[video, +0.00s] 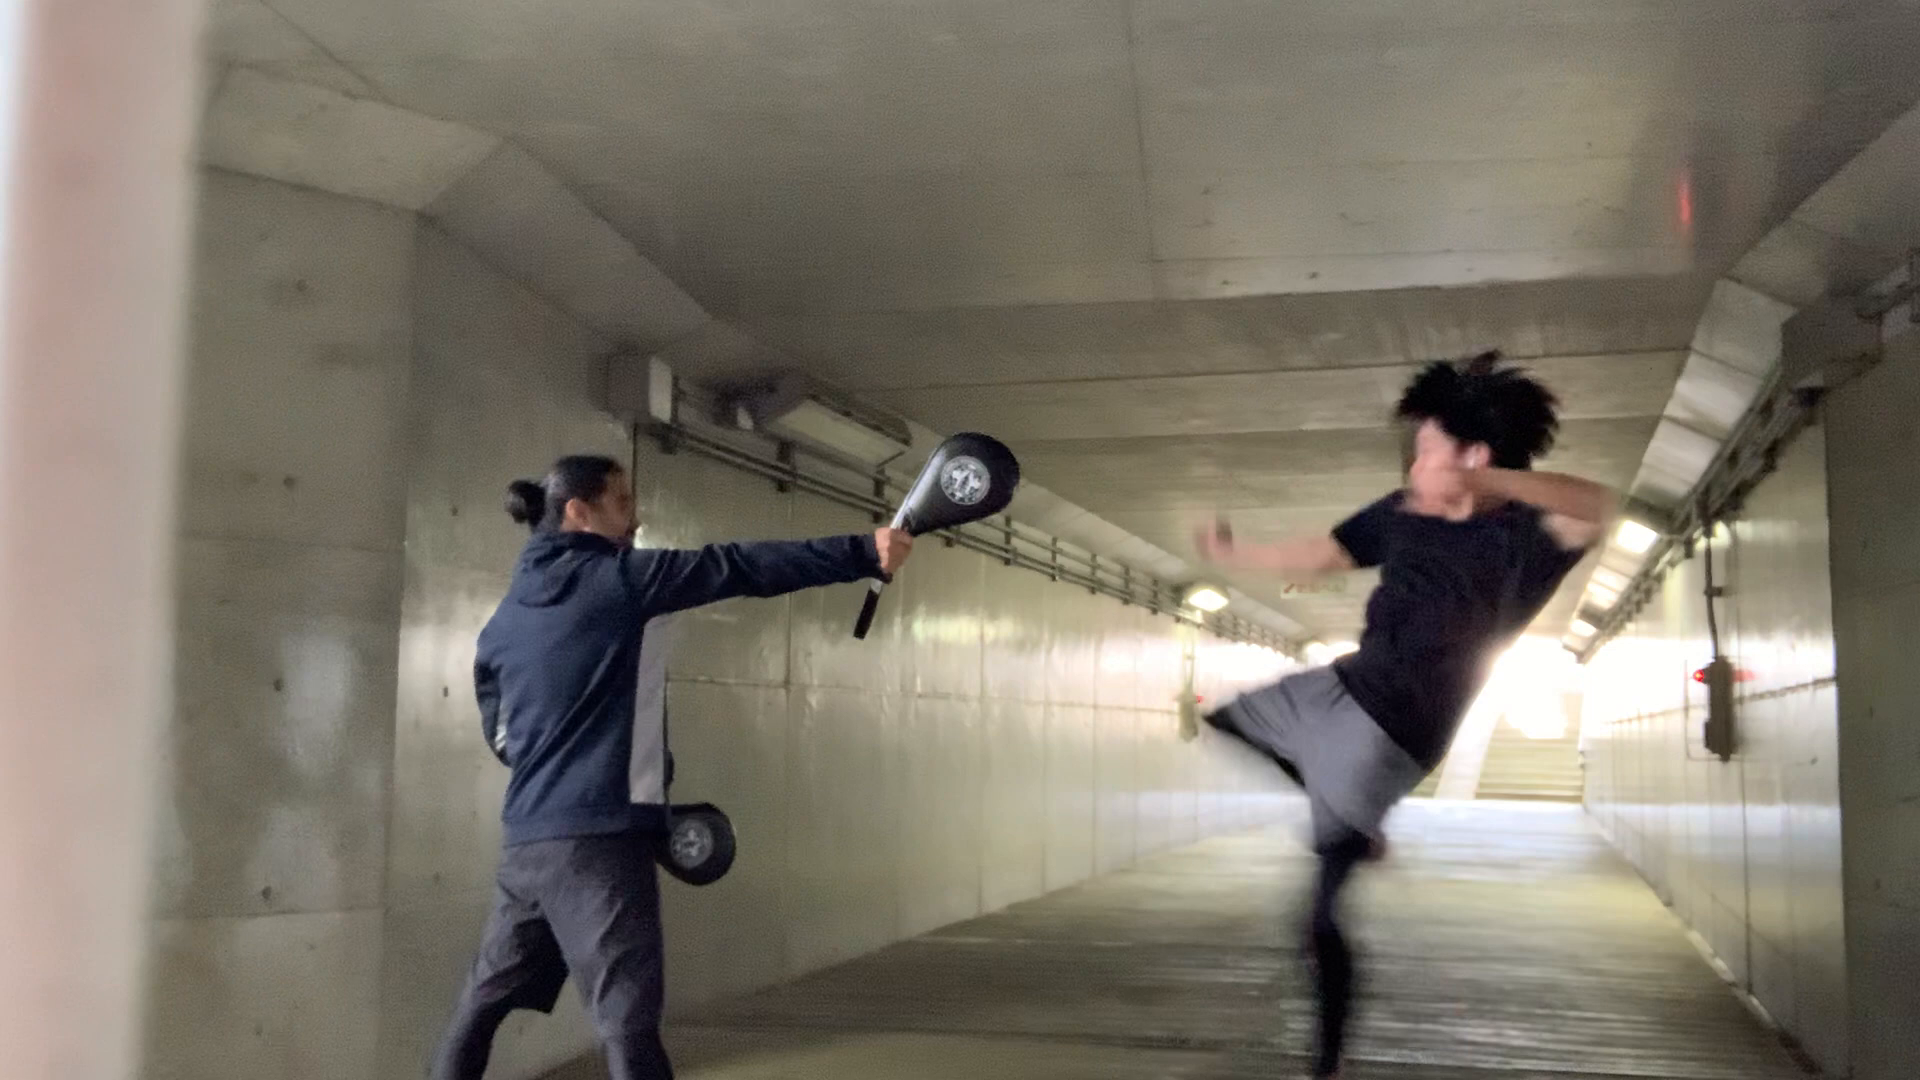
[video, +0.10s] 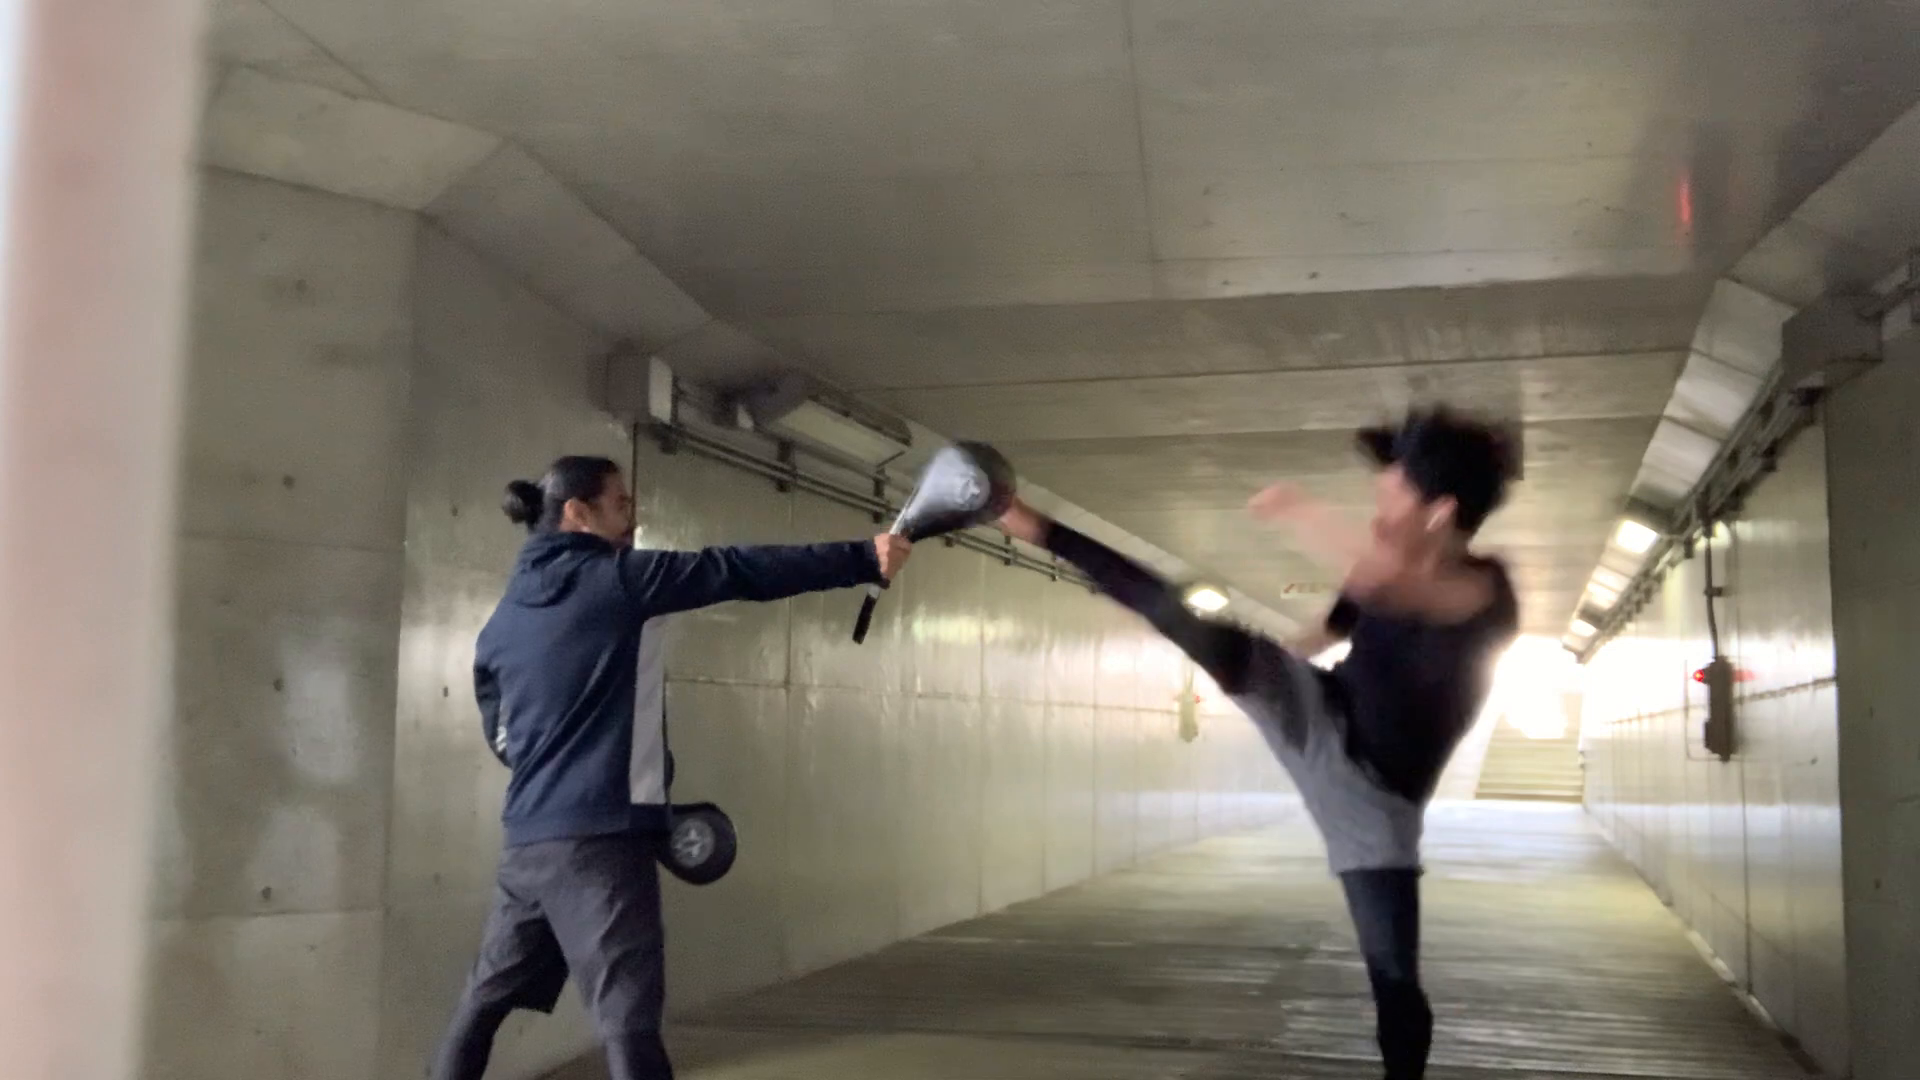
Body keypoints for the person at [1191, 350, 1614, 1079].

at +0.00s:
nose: (1412, 464)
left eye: (1424, 450)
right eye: (1416, 448)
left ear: (1473, 457)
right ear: (1460, 455)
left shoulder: (1525, 545)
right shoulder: (1407, 514)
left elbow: (1600, 507)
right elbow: (1320, 555)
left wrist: (1493, 481)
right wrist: (1228, 552)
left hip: (1393, 733)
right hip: (1337, 686)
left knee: (1323, 912)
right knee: (1229, 721)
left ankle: (1327, 1060)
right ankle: (1352, 831)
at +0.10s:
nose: (1380, 494)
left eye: (1393, 484)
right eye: (1384, 481)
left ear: (1440, 509)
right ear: (1427, 507)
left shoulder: (1486, 589)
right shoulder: (1384, 569)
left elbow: (1396, 588)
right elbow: (1324, 635)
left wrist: (1302, 516)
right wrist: (1253, 661)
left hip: (1377, 799)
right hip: (1317, 713)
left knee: (1395, 979)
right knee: (1186, 618)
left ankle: (1404, 1076)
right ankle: (1033, 526)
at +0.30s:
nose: (1338, 608)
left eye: (1353, 593)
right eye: (1337, 593)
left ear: (1405, 605)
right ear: (1331, 596)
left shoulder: (1452, 709)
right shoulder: (1318, 653)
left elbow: (1430, 829)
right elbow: (1319, 731)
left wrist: (1330, 799)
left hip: (1334, 855)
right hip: (1270, 796)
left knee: (1309, 1047)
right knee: (1241, 904)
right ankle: (1188, 1057)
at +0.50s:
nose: (1397, 564)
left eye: (1415, 551)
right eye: (1385, 544)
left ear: (1435, 555)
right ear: (1357, 537)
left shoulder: (1423, 629)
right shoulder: (1307, 605)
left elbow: (1408, 702)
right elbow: (1197, 635)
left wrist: (1406, 759)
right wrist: (1119, 702)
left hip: (1335, 810)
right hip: (1281, 805)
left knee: (1306, 996)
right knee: (1360, 976)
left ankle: (1273, 1073)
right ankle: (1380, 1069)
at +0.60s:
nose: (1438, 543)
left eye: (1448, 529)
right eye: (1428, 522)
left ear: (1454, 529)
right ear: (1377, 507)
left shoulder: (1369, 588)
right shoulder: (1340, 575)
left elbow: (1336, 694)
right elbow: (1286, 670)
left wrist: (1373, 762)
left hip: (1290, 795)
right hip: (1347, 799)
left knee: (1312, 982)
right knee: (1407, 976)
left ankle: (1263, 1073)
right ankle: (1442, 1074)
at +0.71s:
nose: (1446, 556)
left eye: (1450, 543)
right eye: (1443, 539)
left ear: (1385, 526)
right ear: (1395, 525)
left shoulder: (1296, 595)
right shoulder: (1391, 597)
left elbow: (1266, 715)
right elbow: (1390, 716)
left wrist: (1284, 789)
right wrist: (1426, 837)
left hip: (1279, 810)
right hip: (1360, 808)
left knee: (1318, 1007)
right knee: (1411, 1001)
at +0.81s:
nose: (1415, 588)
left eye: (1417, 572)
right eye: (1414, 571)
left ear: (1335, 568)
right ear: (1393, 566)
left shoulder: (1271, 642)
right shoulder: (1421, 646)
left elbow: (1219, 758)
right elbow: (1497, 749)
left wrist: (1213, 845)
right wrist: (1554, 858)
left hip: (1315, 879)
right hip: (1415, 872)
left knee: (1340, 1055)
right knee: (1413, 1046)